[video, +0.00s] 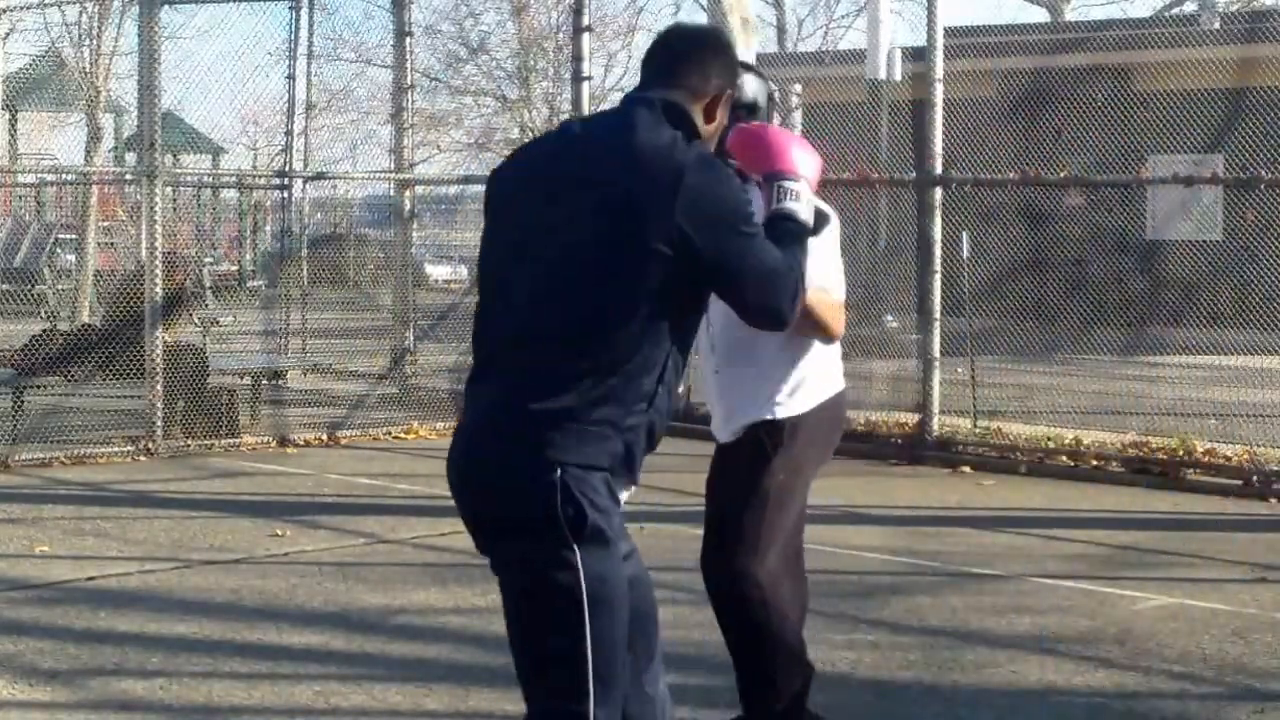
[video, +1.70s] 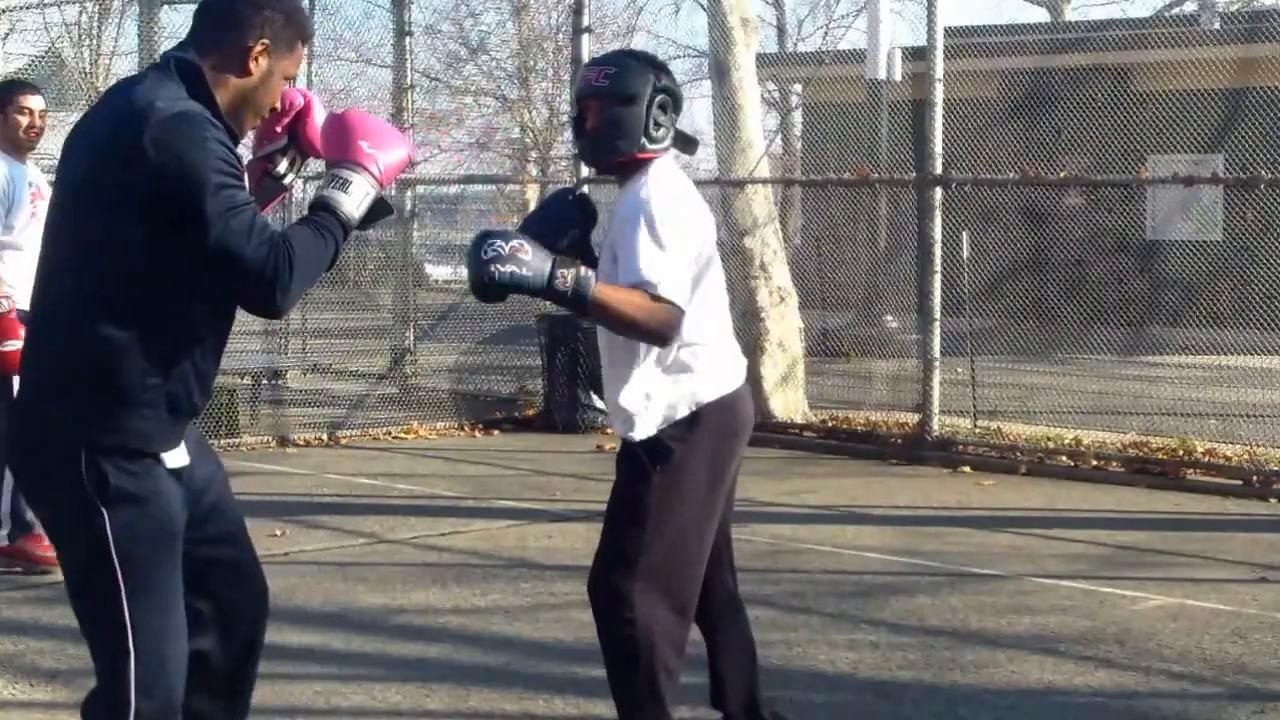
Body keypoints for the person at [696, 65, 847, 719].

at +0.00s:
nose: (699, 140)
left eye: (709, 125)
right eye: (699, 127)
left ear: (741, 123)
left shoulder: (800, 208)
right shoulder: (722, 207)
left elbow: (831, 323)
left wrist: (776, 264)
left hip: (795, 410)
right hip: (749, 415)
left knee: (744, 564)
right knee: (742, 567)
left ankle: (783, 704)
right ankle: (771, 704)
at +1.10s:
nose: (632, 139)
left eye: (646, 124)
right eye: (626, 125)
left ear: (683, 128)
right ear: (625, 137)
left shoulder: (714, 200)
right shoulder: (655, 222)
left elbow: (779, 301)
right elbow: (632, 349)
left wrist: (673, 291)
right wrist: (604, 270)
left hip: (736, 425)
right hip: (692, 429)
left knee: (684, 593)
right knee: (717, 600)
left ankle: (675, 712)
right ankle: (765, 712)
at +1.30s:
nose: (620, 135)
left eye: (637, 121)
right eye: (615, 121)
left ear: (676, 126)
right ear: (610, 127)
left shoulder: (694, 201)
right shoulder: (634, 215)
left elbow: (713, 312)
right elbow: (608, 347)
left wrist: (625, 266)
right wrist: (582, 273)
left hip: (708, 425)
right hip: (678, 424)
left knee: (631, 590)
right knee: (720, 584)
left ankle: (650, 713)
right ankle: (766, 710)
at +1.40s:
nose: (592, 131)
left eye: (609, 117)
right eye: (591, 117)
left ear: (649, 126)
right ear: (666, 129)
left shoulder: (654, 200)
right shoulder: (653, 198)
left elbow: (578, 223)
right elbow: (613, 319)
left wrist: (488, 184)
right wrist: (557, 252)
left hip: (708, 422)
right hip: (719, 413)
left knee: (634, 587)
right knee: (716, 565)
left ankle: (646, 712)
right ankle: (760, 701)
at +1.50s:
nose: (579, 129)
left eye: (595, 115)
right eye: (578, 114)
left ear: (643, 121)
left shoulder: (643, 192)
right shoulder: (657, 188)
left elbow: (551, 224)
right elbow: (587, 276)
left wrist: (446, 190)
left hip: (700, 418)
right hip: (714, 408)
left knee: (633, 591)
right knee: (716, 587)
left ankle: (650, 712)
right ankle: (760, 710)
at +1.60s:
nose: (579, 123)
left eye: (597, 110)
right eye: (578, 109)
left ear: (644, 121)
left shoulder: (648, 200)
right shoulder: (623, 191)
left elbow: (575, 254)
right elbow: (544, 229)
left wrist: (461, 238)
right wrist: (457, 230)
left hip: (696, 418)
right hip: (704, 410)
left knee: (632, 589)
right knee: (710, 580)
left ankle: (646, 711)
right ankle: (753, 707)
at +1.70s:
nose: (589, 121)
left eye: (606, 107)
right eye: (585, 108)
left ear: (651, 111)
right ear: (580, 115)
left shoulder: (657, 196)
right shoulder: (640, 193)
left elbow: (662, 317)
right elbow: (633, 288)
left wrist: (557, 277)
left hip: (689, 415)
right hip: (698, 408)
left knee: (630, 588)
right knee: (710, 588)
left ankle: (646, 713)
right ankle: (745, 710)